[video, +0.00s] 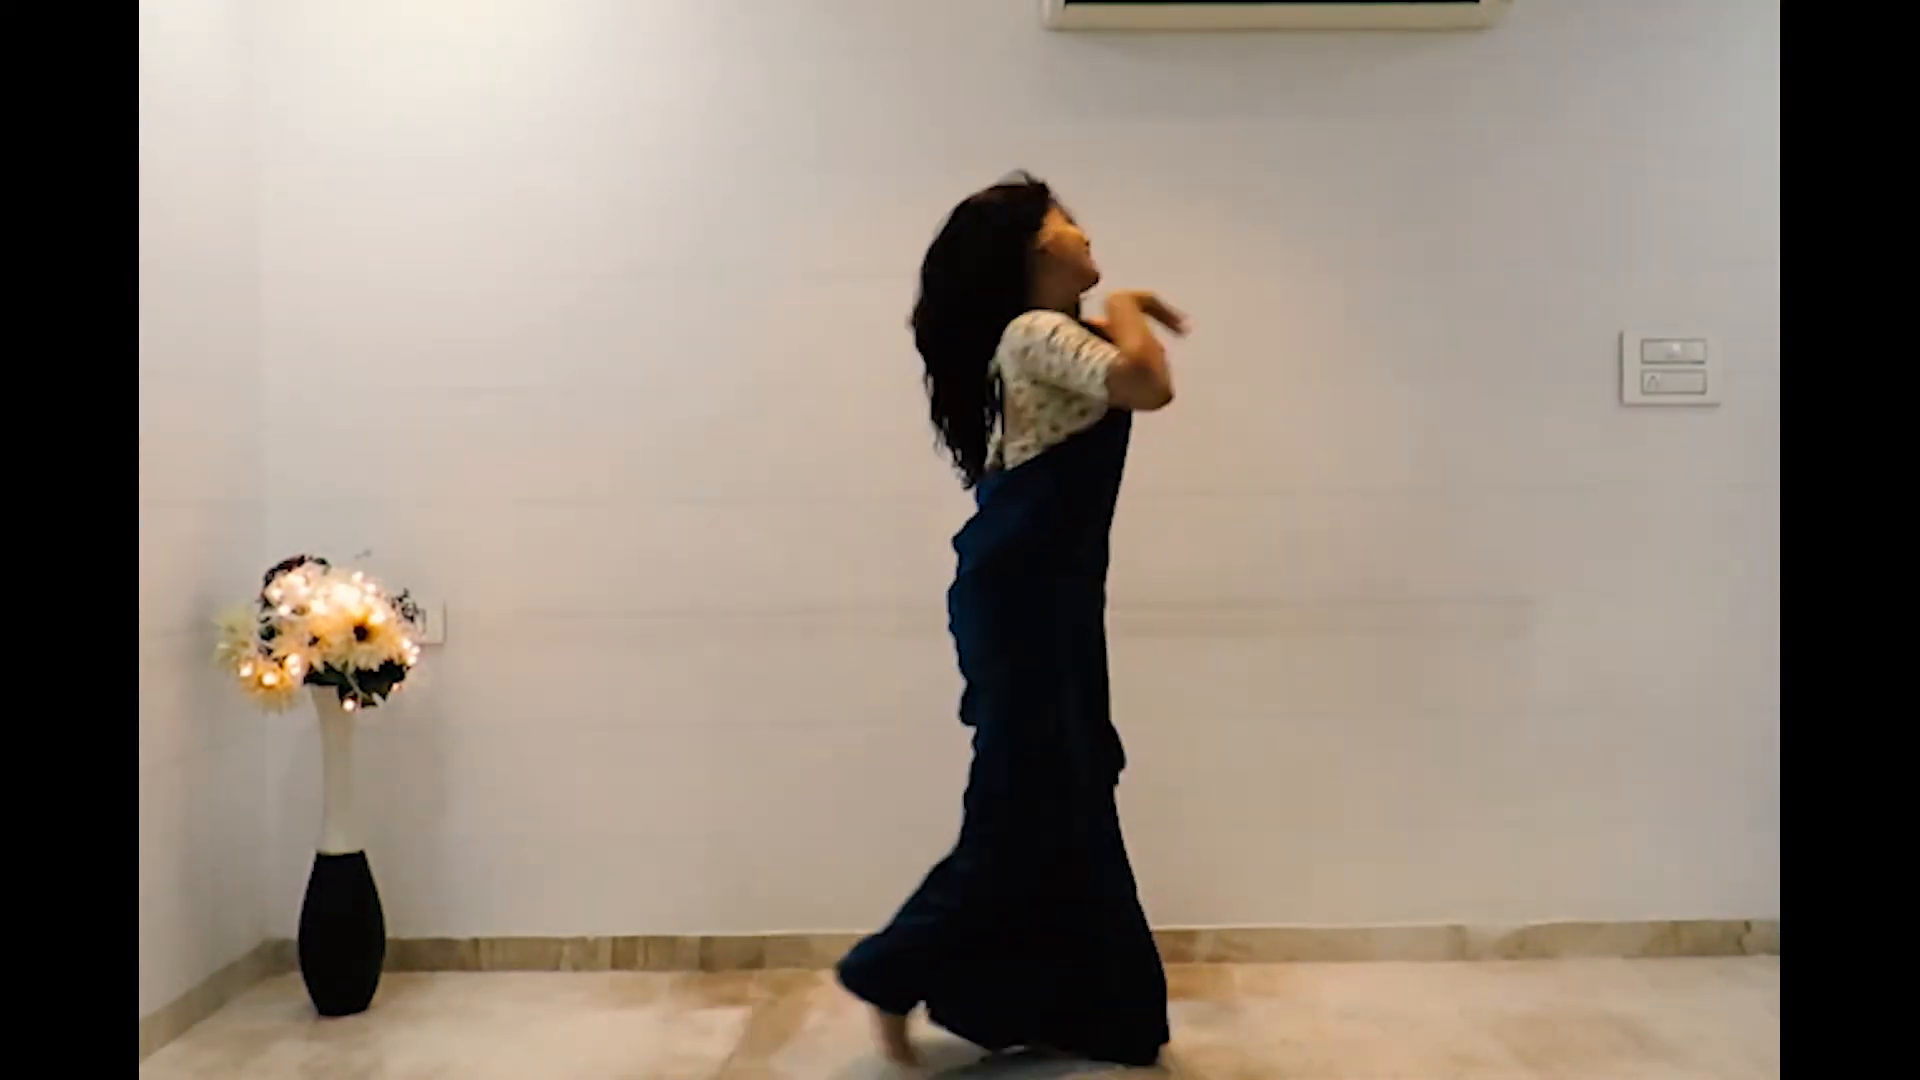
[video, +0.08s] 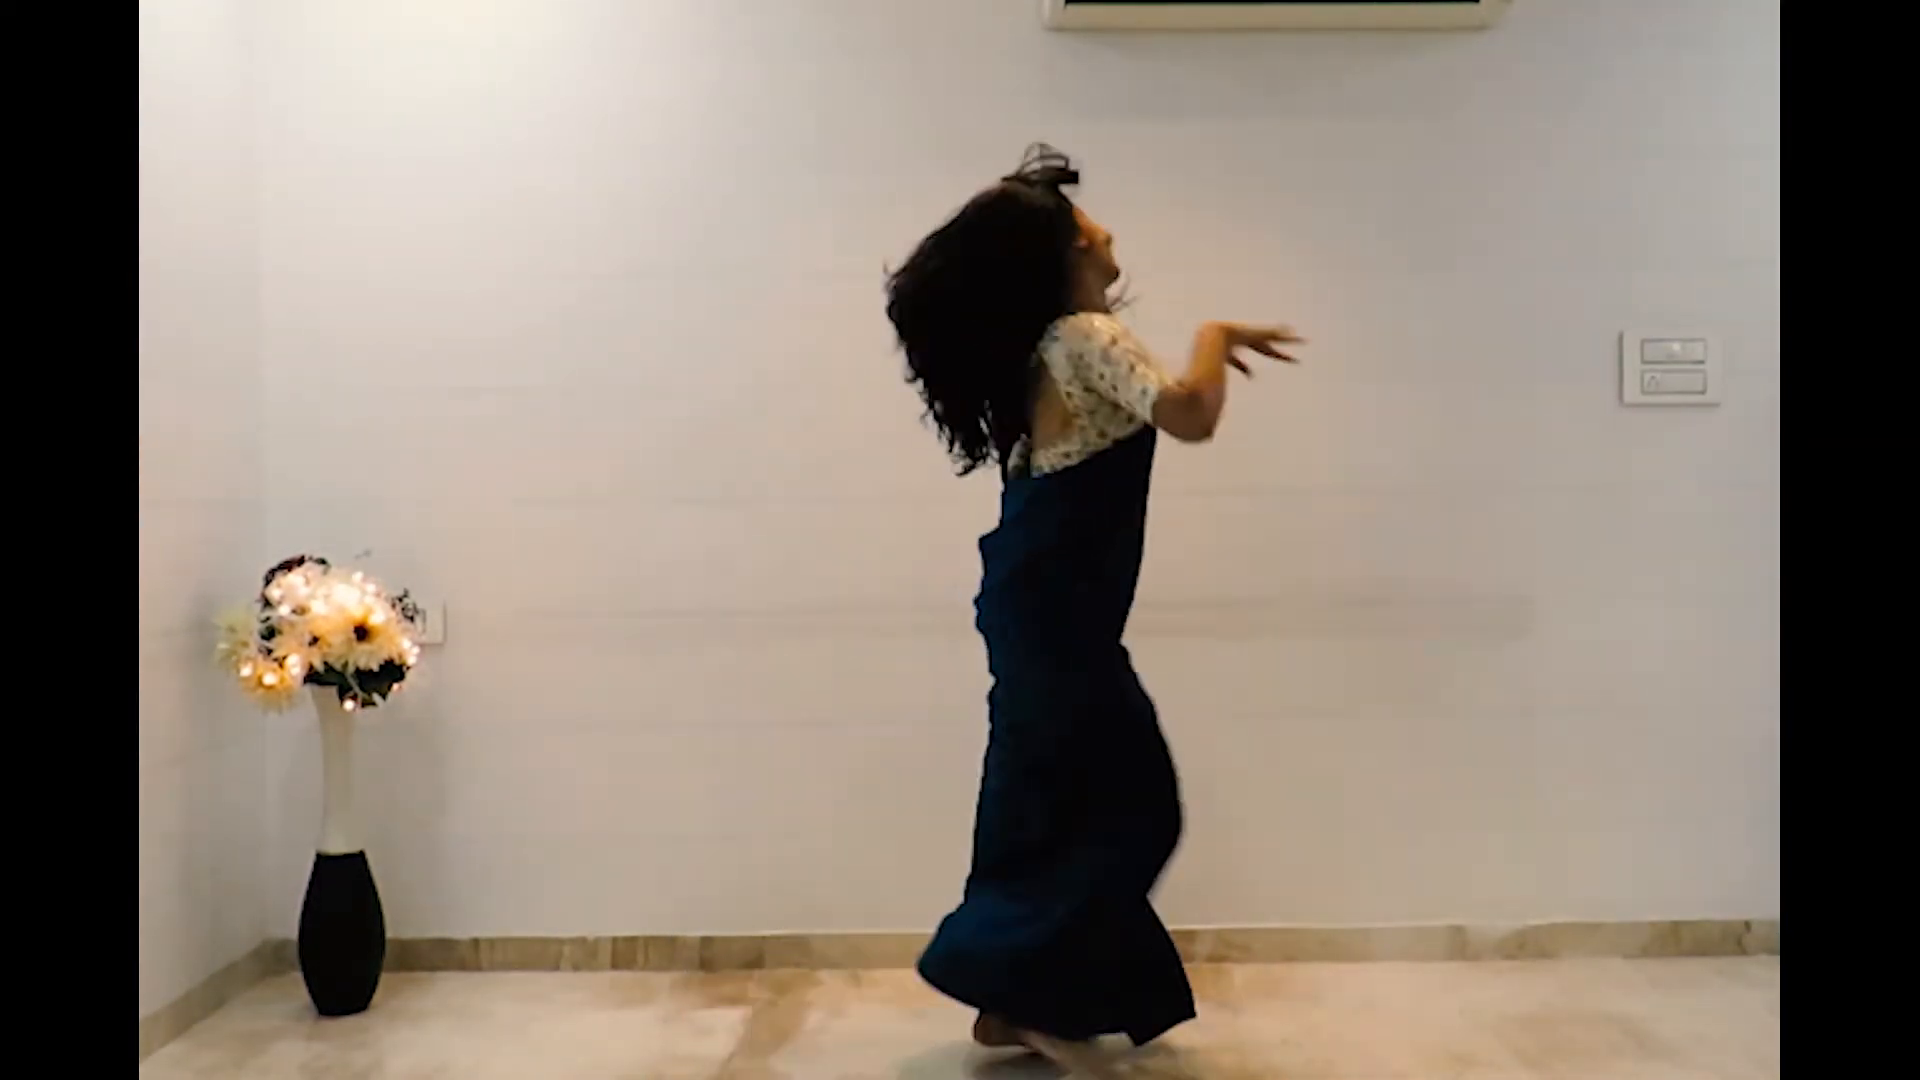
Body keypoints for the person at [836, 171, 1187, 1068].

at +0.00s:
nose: (1080, 230)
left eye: (1069, 218)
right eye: (1061, 223)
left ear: (1031, 262)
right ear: (1029, 258)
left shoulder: (1055, 331)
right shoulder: (1034, 336)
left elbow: (1136, 379)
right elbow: (1148, 382)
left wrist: (1130, 315)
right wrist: (1127, 309)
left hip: (1053, 597)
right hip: (1015, 597)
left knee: (1072, 790)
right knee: (1029, 796)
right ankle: (894, 970)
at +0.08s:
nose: (1102, 229)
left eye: (1088, 218)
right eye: (1086, 226)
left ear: (1041, 276)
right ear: (1069, 257)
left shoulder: (1039, 346)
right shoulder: (1089, 341)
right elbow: (1194, 416)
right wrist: (1214, 339)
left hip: (1026, 612)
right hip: (1066, 623)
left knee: (1042, 801)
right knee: (1142, 803)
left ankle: (1014, 998)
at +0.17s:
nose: (1129, 261)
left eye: (1118, 250)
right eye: (1115, 256)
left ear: (1051, 305)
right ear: (1094, 290)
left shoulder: (1026, 390)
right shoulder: (1134, 384)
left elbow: (983, 484)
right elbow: (1231, 495)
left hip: (1040, 664)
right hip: (1115, 673)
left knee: (1048, 831)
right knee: (1207, 827)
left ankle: (1019, 1014)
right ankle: (1176, 1020)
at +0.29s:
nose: (1156, 293)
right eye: (1153, 278)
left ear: (1061, 291)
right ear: (1156, 285)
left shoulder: (1050, 386)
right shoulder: (1198, 380)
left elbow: (971, 479)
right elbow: (1295, 484)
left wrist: (1035, 404)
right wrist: (1385, 416)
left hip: (1075, 639)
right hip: (1176, 641)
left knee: (1087, 820)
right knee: (1226, 826)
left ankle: (1024, 1013)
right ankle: (1234, 1032)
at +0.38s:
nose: (1175, 227)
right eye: (1170, 211)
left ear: (1071, 238)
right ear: (1172, 230)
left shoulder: (1038, 343)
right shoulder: (1216, 333)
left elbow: (969, 427)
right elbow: (1345, 421)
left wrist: (922, 399)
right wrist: (1477, 403)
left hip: (1084, 632)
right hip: (1199, 631)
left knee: (1067, 803)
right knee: (1222, 823)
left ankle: (1035, 1003)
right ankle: (1262, 1039)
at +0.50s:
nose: (1081, 244)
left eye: (1086, 229)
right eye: (1084, 228)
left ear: (1105, 233)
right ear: (1199, 220)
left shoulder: (1070, 319)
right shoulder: (1245, 321)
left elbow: (955, 380)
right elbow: (1376, 409)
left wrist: (839, 420)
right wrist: (1522, 444)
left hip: (1109, 574)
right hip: (1226, 577)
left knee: (1085, 785)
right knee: (1248, 793)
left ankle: (1044, 1012)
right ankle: (1289, 1035)